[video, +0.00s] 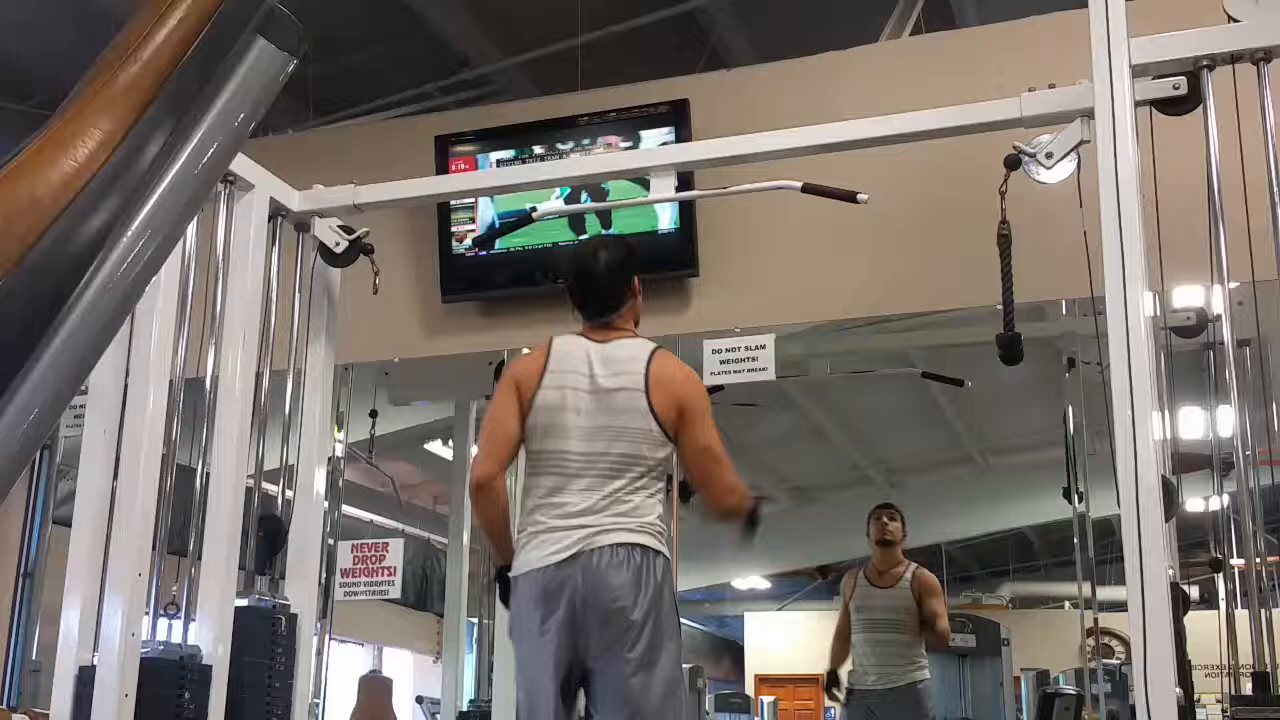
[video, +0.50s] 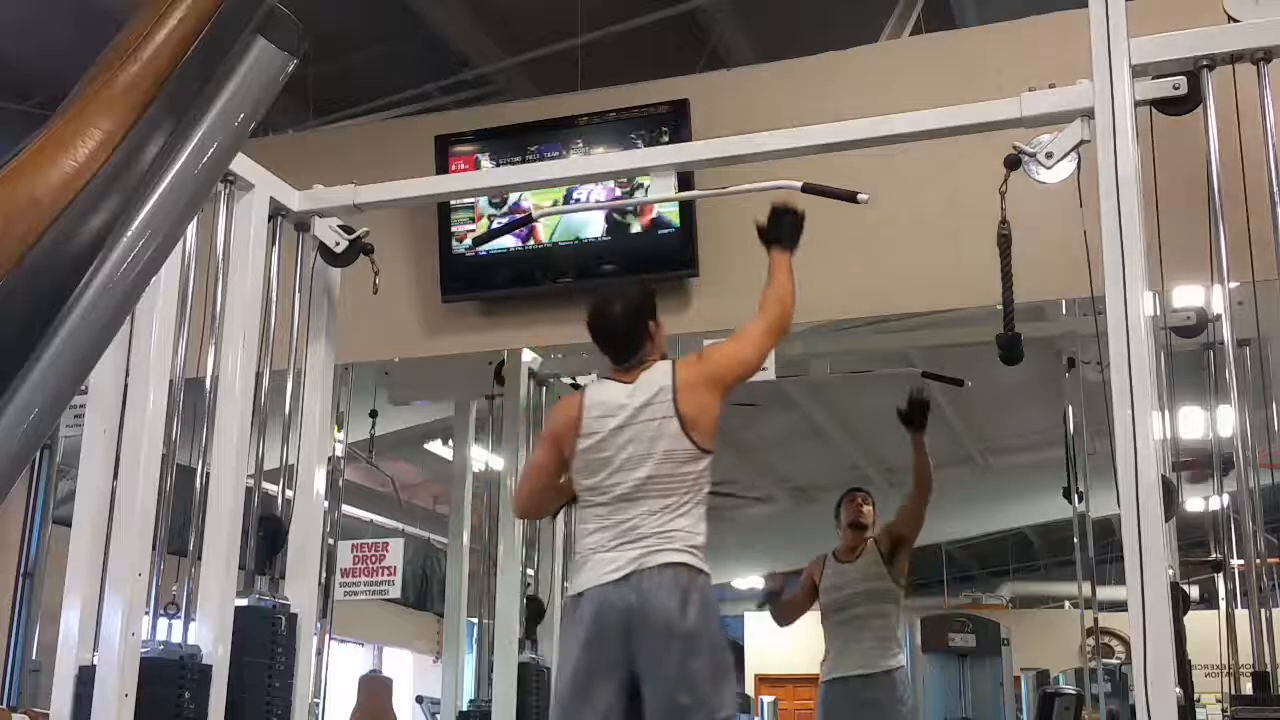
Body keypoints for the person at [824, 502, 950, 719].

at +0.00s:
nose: (884, 522)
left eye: (892, 519)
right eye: (877, 519)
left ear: (904, 533)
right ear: (868, 533)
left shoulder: (922, 579)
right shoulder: (851, 580)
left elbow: (942, 637)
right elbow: (844, 631)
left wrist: (927, 627)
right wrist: (833, 668)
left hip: (909, 691)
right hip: (860, 693)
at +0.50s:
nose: (859, 504)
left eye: (866, 502)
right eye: (851, 501)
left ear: (875, 519)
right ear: (838, 518)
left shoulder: (889, 545)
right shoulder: (818, 568)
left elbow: (921, 492)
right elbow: (784, 617)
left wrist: (917, 434)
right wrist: (774, 597)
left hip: (886, 678)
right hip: (837, 683)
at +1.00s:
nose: (871, 481)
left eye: (879, 480)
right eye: (863, 479)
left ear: (891, 495)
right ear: (852, 497)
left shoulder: (907, 521)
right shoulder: (835, 546)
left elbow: (923, 453)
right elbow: (772, 555)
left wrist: (918, 392)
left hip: (908, 666)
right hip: (854, 670)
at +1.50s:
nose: (809, 471)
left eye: (818, 469)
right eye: (806, 470)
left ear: (836, 485)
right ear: (798, 483)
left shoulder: (849, 510)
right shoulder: (781, 509)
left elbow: (890, 452)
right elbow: (750, 455)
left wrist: (911, 395)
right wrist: (738, 401)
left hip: (835, 647)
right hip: (784, 649)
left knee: (862, 714)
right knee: (783, 715)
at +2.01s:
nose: (835, 466)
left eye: (841, 463)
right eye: (826, 461)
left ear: (848, 475)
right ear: (810, 472)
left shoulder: (863, 500)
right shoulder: (789, 501)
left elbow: (906, 447)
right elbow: (747, 454)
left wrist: (914, 390)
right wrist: (738, 401)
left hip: (853, 635)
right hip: (800, 638)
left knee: (872, 713)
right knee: (802, 714)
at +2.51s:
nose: (842, 458)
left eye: (847, 457)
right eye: (834, 454)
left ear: (853, 473)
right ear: (816, 467)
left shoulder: (866, 497)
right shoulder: (791, 495)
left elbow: (912, 449)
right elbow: (745, 455)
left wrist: (915, 392)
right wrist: (738, 400)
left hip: (848, 622)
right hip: (795, 621)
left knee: (858, 712)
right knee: (788, 712)